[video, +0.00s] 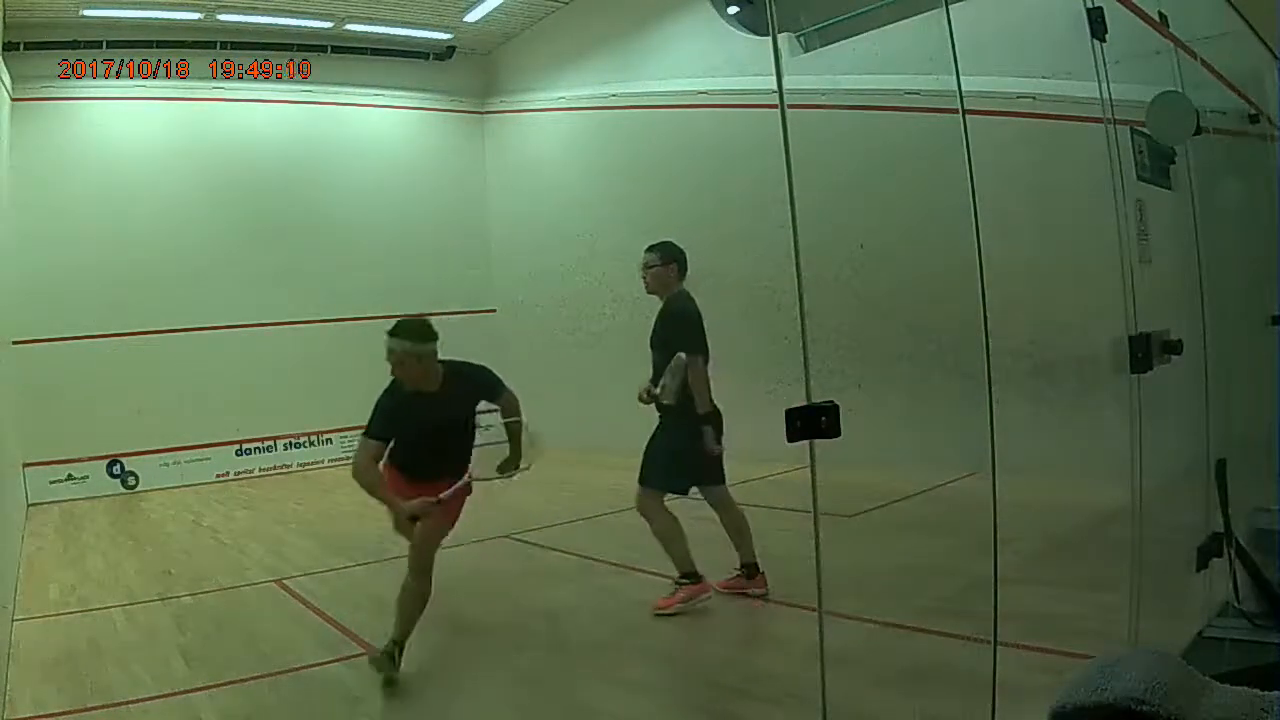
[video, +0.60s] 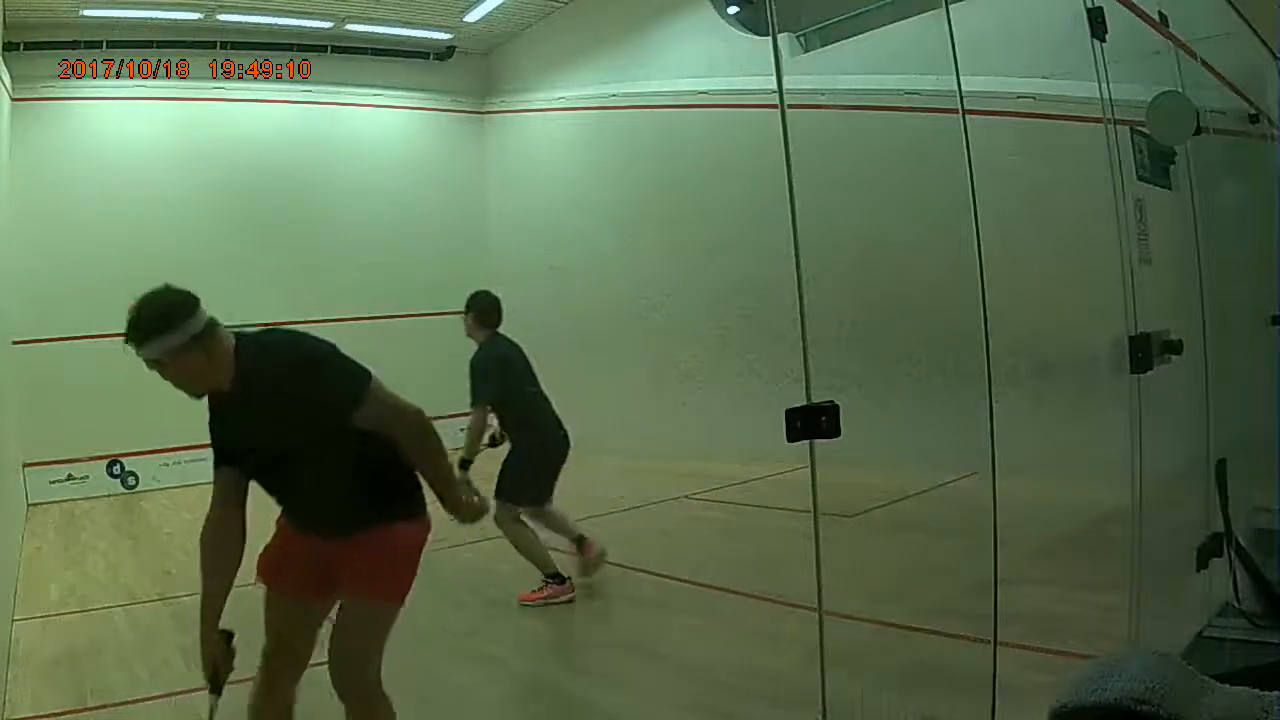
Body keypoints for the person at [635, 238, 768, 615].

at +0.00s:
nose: (643, 275)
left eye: (649, 267)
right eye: (643, 268)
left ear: (673, 270)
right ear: (669, 273)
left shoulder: (681, 310)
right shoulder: (676, 307)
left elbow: (696, 366)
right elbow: (673, 362)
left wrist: (707, 422)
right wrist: (655, 387)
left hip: (679, 421)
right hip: (695, 418)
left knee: (648, 501)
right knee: (717, 495)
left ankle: (691, 581)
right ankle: (751, 573)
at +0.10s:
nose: (627, 281)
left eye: (634, 274)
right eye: (626, 275)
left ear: (656, 278)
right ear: (651, 281)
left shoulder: (661, 317)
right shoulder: (660, 313)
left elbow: (675, 372)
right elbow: (658, 365)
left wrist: (686, 428)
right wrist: (641, 393)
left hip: (662, 429)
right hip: (685, 424)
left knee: (619, 498)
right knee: (717, 498)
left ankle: (641, 583)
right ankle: (751, 574)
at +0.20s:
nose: (607, 288)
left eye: (613, 282)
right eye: (607, 283)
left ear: (636, 286)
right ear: (632, 288)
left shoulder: (640, 326)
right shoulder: (643, 322)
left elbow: (653, 381)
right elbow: (642, 375)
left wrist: (663, 437)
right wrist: (623, 401)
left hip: (646, 434)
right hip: (674, 429)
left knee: (597, 496)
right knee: (710, 499)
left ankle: (596, 581)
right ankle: (749, 572)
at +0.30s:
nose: (569, 302)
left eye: (576, 295)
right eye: (569, 296)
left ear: (598, 298)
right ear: (595, 301)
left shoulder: (604, 340)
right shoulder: (607, 335)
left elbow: (615, 397)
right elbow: (604, 387)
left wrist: (614, 450)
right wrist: (591, 413)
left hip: (619, 440)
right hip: (646, 436)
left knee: (563, 498)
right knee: (689, 503)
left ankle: (563, 580)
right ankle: (741, 564)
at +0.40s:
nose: (528, 309)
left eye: (535, 302)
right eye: (529, 302)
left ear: (555, 306)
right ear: (555, 308)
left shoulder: (560, 348)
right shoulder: (573, 340)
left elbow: (571, 404)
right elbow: (575, 389)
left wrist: (563, 454)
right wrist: (552, 414)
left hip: (588, 443)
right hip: (614, 438)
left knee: (535, 503)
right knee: (645, 504)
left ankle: (559, 582)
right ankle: (715, 553)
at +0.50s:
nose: (489, 313)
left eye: (492, 308)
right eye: (491, 308)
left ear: (503, 314)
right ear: (520, 313)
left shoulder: (517, 353)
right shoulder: (535, 344)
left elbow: (519, 414)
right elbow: (541, 403)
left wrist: (506, 458)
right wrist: (504, 437)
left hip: (554, 446)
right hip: (581, 439)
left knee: (517, 511)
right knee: (582, 513)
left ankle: (557, 582)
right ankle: (646, 538)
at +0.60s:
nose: (464, 321)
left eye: (466, 316)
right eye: (466, 315)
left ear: (472, 319)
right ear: (495, 319)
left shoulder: (482, 359)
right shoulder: (508, 347)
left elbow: (478, 420)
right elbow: (522, 396)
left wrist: (465, 464)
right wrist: (503, 430)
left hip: (531, 445)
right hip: (554, 438)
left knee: (505, 516)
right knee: (536, 507)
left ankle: (556, 581)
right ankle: (584, 544)